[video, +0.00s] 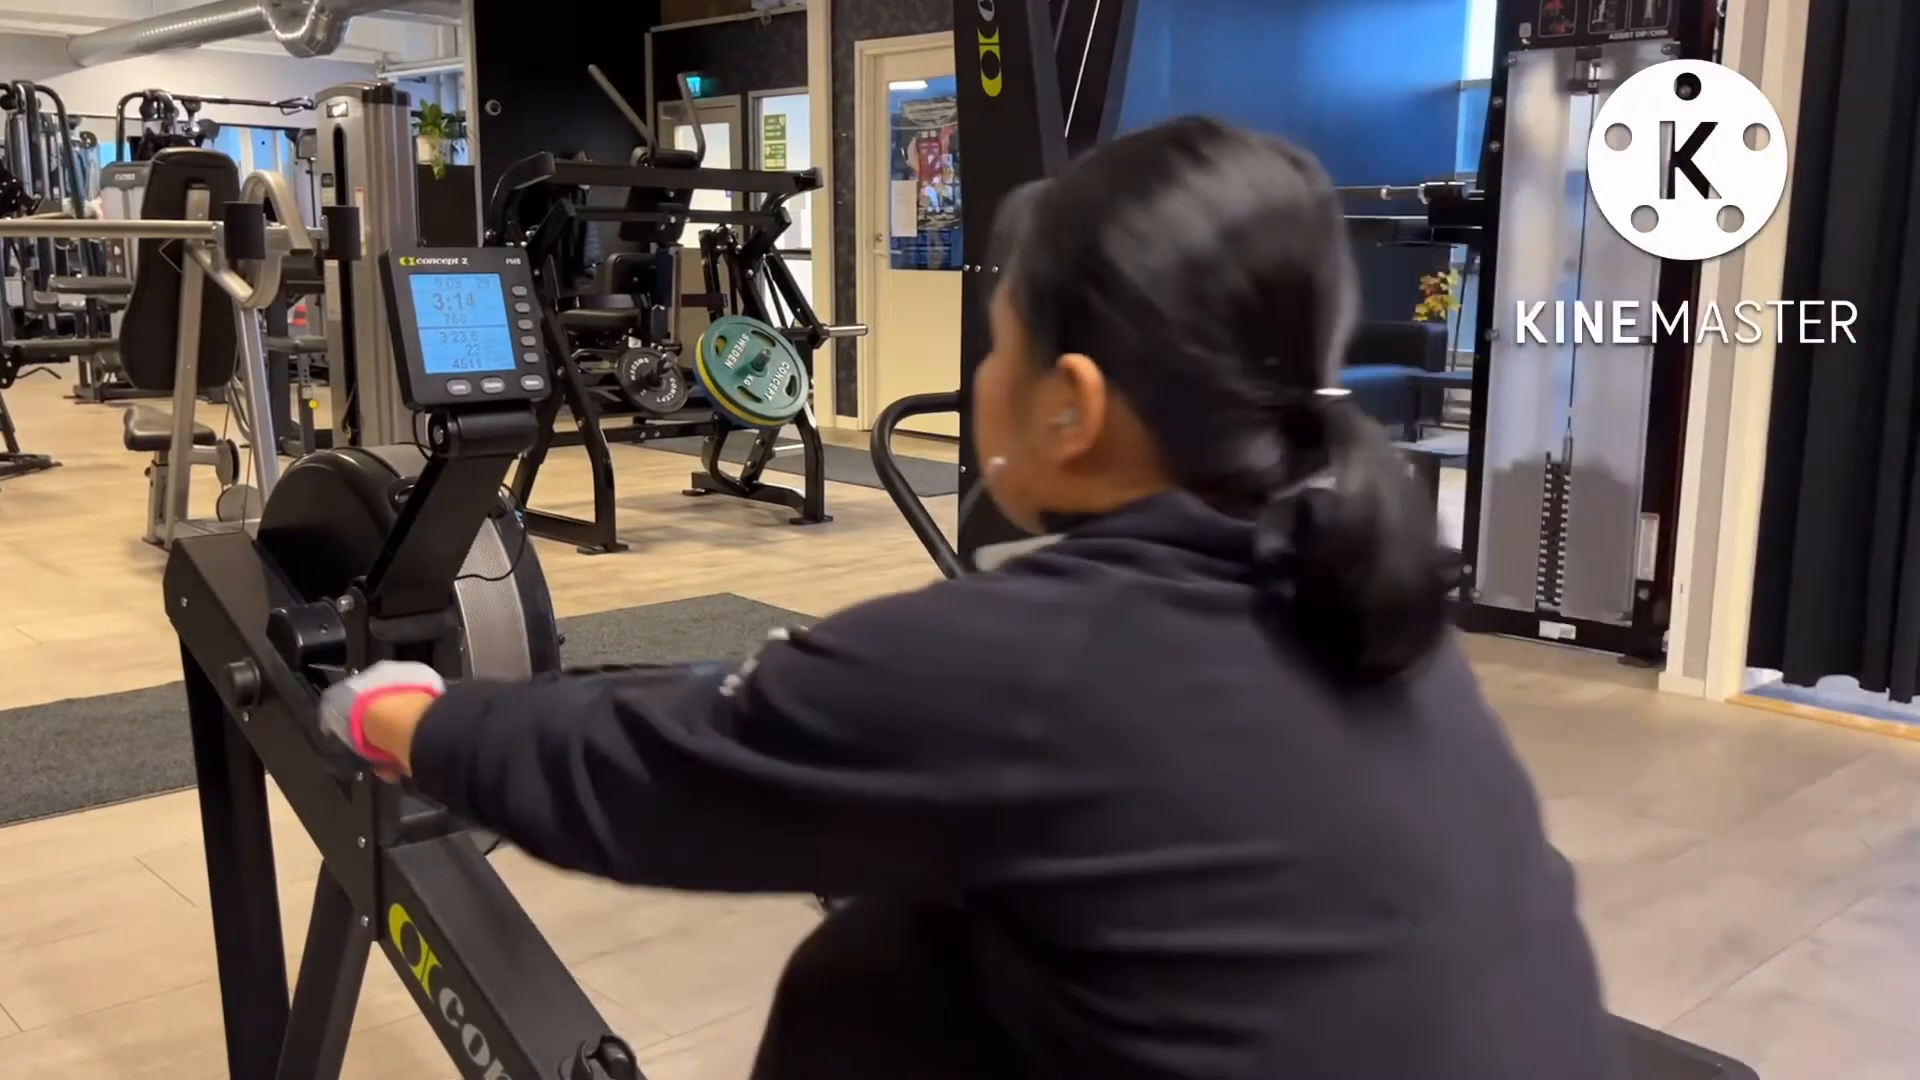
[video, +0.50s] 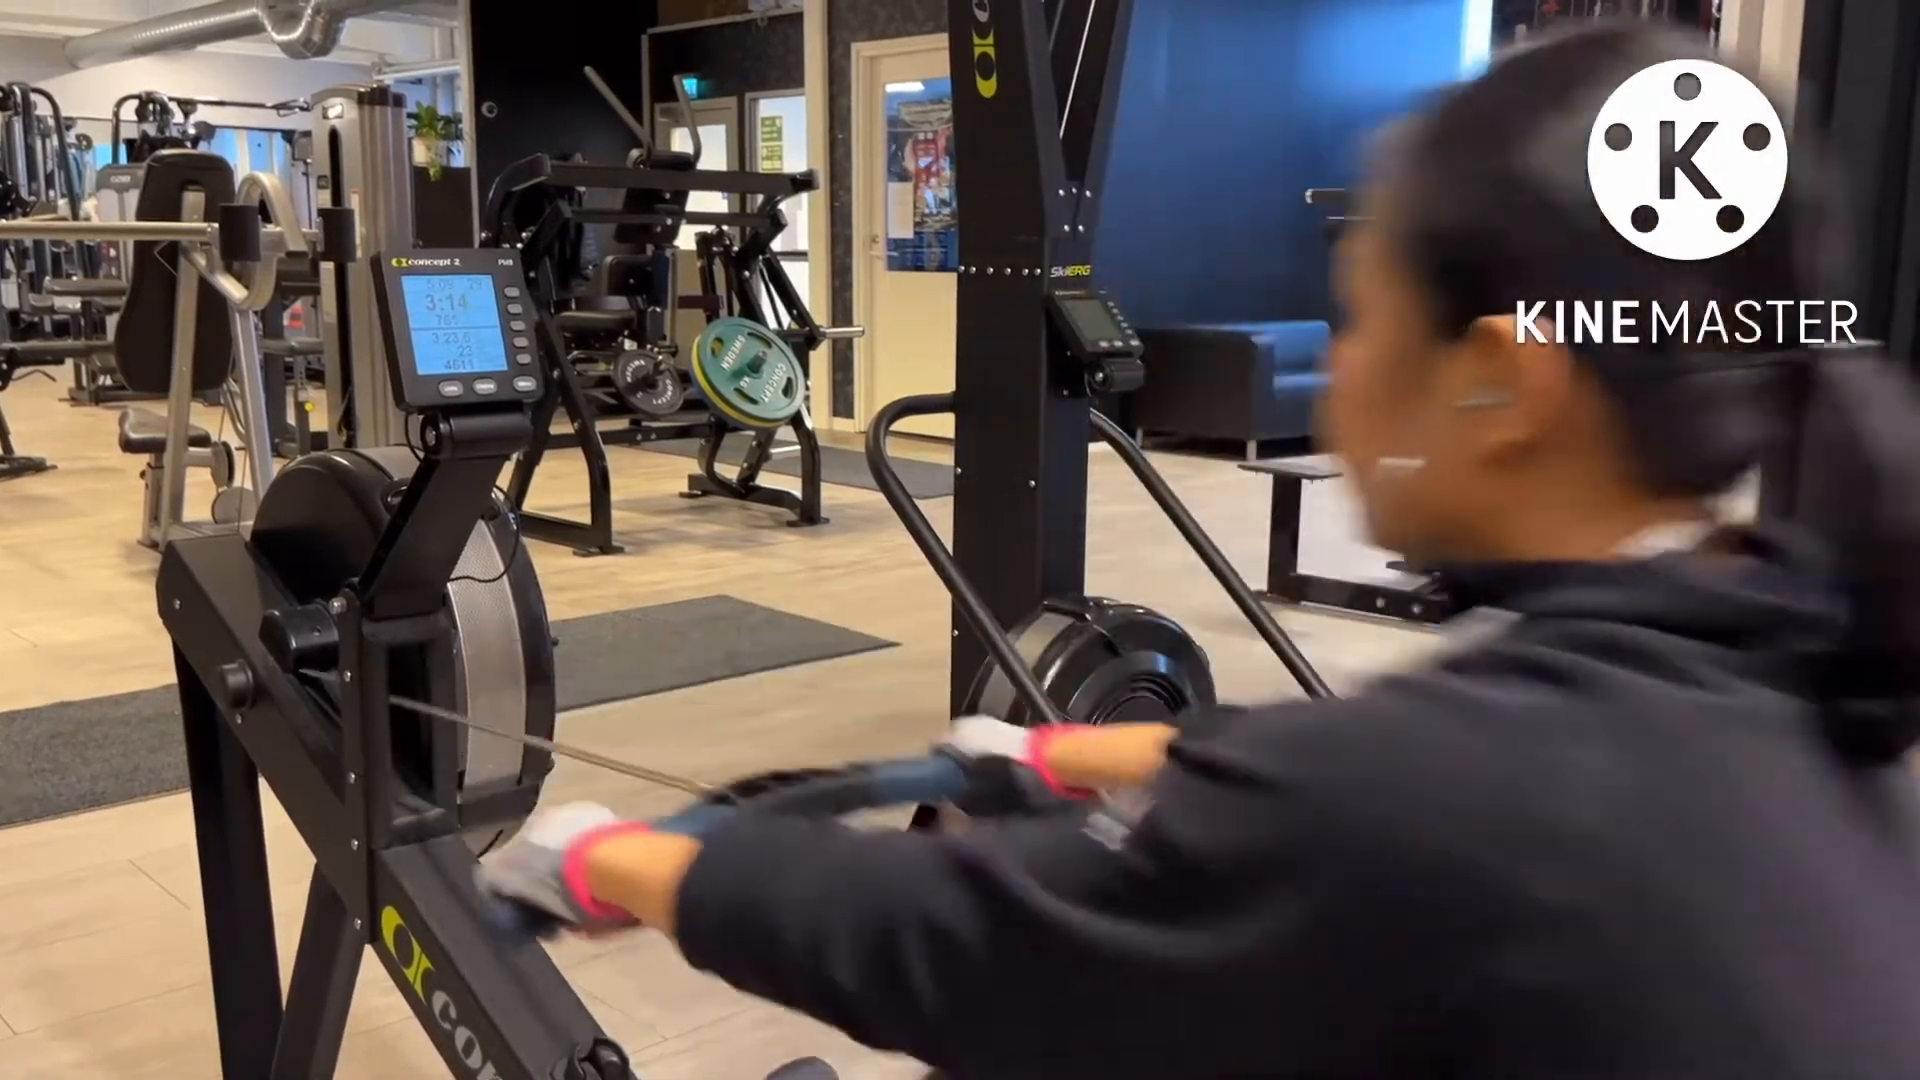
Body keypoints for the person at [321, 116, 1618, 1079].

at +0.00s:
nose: (972, 382)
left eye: (989, 346)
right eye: (983, 341)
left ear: (1082, 405)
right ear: (1281, 378)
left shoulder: (1007, 658)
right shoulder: (1378, 581)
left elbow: (659, 764)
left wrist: (419, 722)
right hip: (1548, 1041)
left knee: (865, 962)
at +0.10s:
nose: (946, 383)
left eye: (964, 346)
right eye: (961, 339)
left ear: (1041, 412)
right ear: (1241, 388)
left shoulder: (978, 646)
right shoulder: (1326, 561)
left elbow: (659, 712)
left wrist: (416, 690)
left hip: (1272, 1062)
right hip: (1519, 1038)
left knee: (846, 954)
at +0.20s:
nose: (962, 377)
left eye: (981, 341)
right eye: (978, 334)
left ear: (1056, 409)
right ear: (1261, 381)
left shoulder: (1002, 647)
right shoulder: (1340, 553)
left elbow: (677, 698)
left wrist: (421, 679)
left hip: (1291, 1060)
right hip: (1539, 1037)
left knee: (857, 969)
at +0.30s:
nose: (1029, 362)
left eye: (1052, 323)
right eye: (1048, 318)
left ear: (1140, 398)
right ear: (1347, 377)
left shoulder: (1074, 671)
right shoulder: (1441, 579)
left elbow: (714, 748)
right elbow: (1242, 684)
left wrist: (482, 714)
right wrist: (986, 640)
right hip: (1633, 1046)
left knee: (912, 983)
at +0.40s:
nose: (1157, 366)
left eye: (1182, 325)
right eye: (1174, 320)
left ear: (1305, 388)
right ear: (1506, 374)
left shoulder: (1240, 722)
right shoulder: (1592, 614)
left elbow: (844, 869)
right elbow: (1364, 720)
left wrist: (572, 798)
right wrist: (1084, 697)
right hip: (1741, 1041)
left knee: (989, 1000)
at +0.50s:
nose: (1329, 381)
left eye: (1357, 328)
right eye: (1342, 324)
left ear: (1508, 388)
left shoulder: (1383, 798)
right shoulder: (1819, 691)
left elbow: (979, 931)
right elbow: (1528, 765)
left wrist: (679, 868)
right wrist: (1193, 765)